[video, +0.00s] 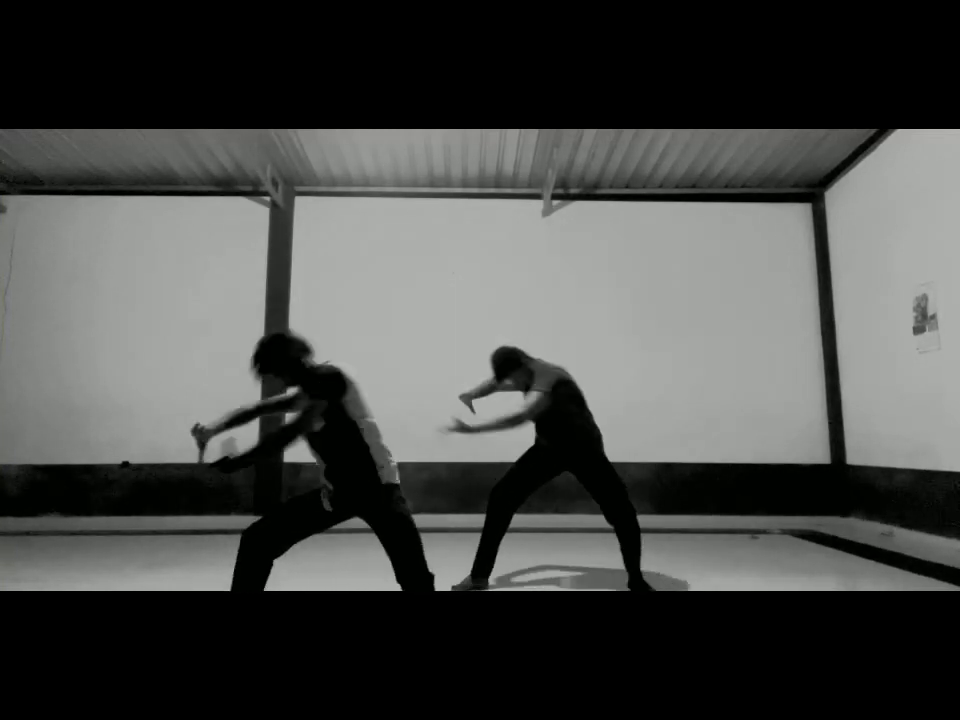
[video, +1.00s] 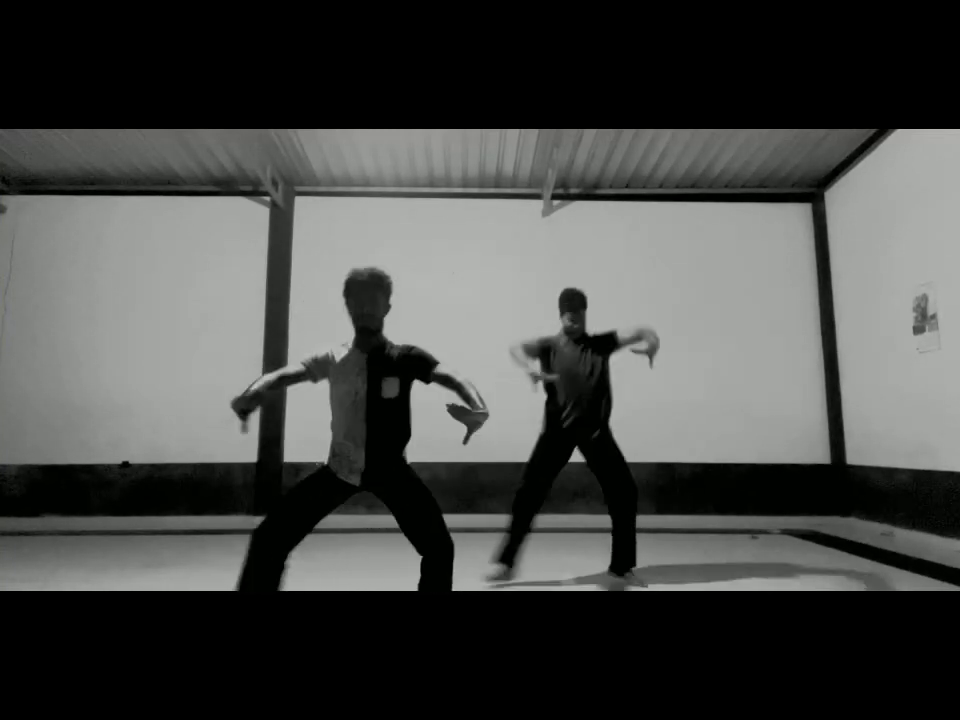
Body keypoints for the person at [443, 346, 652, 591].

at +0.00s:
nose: (512, 385)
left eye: (513, 378)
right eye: (508, 381)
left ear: (523, 367)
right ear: (507, 377)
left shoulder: (549, 377)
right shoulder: (526, 375)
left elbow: (524, 415)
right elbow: (496, 384)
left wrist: (473, 429)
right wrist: (471, 395)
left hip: (583, 453)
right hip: (548, 451)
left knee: (622, 512)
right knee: (502, 497)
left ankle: (635, 578)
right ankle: (479, 577)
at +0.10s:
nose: (530, 376)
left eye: (532, 371)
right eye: (527, 372)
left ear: (543, 361)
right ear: (528, 366)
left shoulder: (573, 379)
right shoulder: (536, 372)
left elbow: (557, 416)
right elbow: (502, 377)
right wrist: (477, 395)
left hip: (583, 458)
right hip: (544, 455)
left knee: (626, 510)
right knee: (494, 492)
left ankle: (638, 581)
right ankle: (480, 572)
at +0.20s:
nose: (549, 352)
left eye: (552, 347)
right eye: (546, 347)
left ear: (562, 346)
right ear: (545, 348)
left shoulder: (587, 375)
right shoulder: (538, 369)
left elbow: (604, 393)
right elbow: (502, 366)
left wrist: (561, 408)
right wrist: (488, 391)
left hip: (579, 458)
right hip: (539, 455)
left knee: (625, 508)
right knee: (482, 489)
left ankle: (638, 579)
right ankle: (473, 565)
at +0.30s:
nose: (557, 347)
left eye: (564, 342)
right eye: (553, 341)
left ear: (575, 344)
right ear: (548, 342)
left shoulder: (588, 376)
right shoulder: (532, 367)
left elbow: (627, 371)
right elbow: (495, 347)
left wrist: (585, 378)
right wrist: (501, 371)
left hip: (572, 460)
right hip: (530, 459)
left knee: (621, 509)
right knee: (476, 501)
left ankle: (637, 580)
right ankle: (469, 575)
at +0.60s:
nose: (531, 338)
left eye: (536, 334)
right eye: (525, 333)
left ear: (542, 338)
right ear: (517, 338)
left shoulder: (559, 371)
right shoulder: (503, 374)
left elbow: (601, 364)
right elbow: (474, 361)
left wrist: (623, 371)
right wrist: (512, 361)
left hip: (557, 452)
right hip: (514, 455)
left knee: (613, 492)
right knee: (471, 501)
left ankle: (628, 563)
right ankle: (470, 576)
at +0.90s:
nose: (564, 333)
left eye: (568, 328)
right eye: (559, 329)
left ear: (576, 329)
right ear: (551, 331)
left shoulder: (594, 364)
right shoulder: (540, 364)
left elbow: (631, 360)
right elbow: (511, 379)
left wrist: (653, 368)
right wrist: (518, 385)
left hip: (583, 449)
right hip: (543, 449)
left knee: (628, 501)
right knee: (504, 505)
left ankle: (618, 571)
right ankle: (472, 575)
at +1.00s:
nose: (572, 320)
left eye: (577, 315)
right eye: (567, 315)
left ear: (585, 314)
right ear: (559, 316)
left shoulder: (600, 345)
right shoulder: (550, 346)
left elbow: (642, 335)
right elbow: (516, 349)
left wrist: (651, 344)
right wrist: (530, 369)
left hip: (595, 433)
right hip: (557, 433)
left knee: (624, 493)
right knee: (530, 492)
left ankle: (621, 568)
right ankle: (505, 563)